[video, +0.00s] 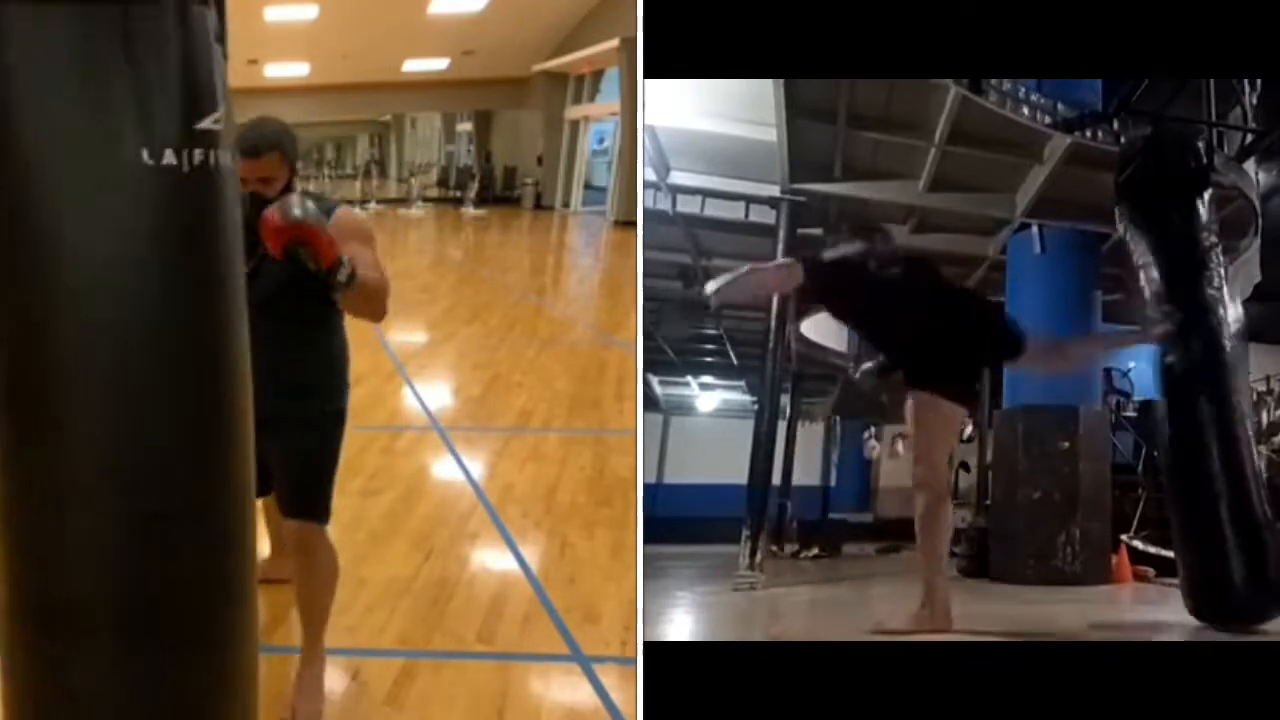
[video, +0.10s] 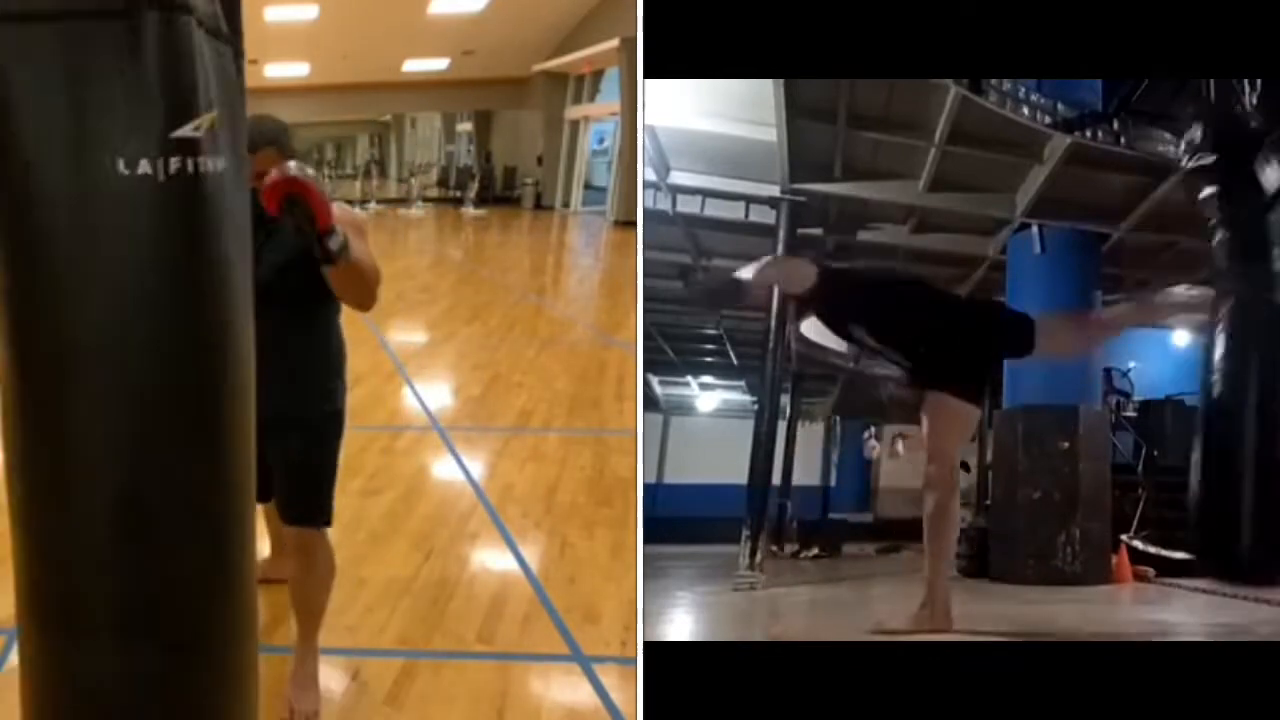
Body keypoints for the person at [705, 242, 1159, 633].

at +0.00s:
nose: (790, 307)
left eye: (789, 299)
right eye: (788, 303)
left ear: (801, 285)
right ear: (816, 288)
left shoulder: (829, 268)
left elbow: (751, 282)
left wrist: (713, 292)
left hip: (965, 328)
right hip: (940, 358)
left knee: (1060, 357)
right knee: (930, 486)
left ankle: (1151, 336)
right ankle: (934, 608)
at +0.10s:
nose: (779, 300)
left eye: (778, 290)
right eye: (777, 298)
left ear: (787, 280)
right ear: (795, 294)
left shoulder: (820, 279)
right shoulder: (831, 314)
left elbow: (754, 272)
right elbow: (834, 343)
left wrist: (757, 277)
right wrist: (795, 318)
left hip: (968, 324)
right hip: (949, 365)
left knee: (1086, 333)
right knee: (940, 478)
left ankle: (1166, 308)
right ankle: (935, 607)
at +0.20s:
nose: (790, 303)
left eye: (789, 294)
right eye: (787, 296)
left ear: (803, 288)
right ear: (809, 285)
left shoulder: (837, 296)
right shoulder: (834, 312)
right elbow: (861, 351)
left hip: (974, 327)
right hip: (954, 361)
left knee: (1087, 328)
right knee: (950, 482)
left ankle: (1196, 298)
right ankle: (936, 606)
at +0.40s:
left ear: (807, 263)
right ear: (837, 246)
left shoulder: (825, 277)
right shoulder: (878, 259)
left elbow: (856, 326)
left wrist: (883, 374)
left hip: (950, 351)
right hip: (985, 334)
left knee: (946, 486)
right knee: (993, 401)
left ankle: (937, 608)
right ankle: (1062, 370)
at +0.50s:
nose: (807, 240)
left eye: (807, 230)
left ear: (815, 227)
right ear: (845, 217)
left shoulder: (832, 252)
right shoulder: (882, 239)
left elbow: (837, 323)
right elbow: (910, 317)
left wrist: (849, 366)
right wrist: (871, 367)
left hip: (941, 345)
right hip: (969, 334)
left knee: (929, 479)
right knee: (935, 421)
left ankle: (935, 609)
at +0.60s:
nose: (818, 229)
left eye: (818, 221)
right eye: (820, 220)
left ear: (825, 216)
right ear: (856, 206)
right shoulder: (891, 233)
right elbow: (913, 310)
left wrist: (808, 324)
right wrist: (862, 355)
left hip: (929, 353)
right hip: (965, 345)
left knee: (920, 488)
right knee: (939, 449)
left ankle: (934, 609)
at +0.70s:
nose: (827, 221)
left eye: (828, 210)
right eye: (826, 212)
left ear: (842, 204)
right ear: (861, 200)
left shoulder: (870, 230)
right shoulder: (893, 236)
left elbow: (853, 295)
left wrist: (814, 310)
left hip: (912, 376)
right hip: (927, 373)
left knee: (901, 490)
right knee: (900, 490)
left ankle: (933, 607)